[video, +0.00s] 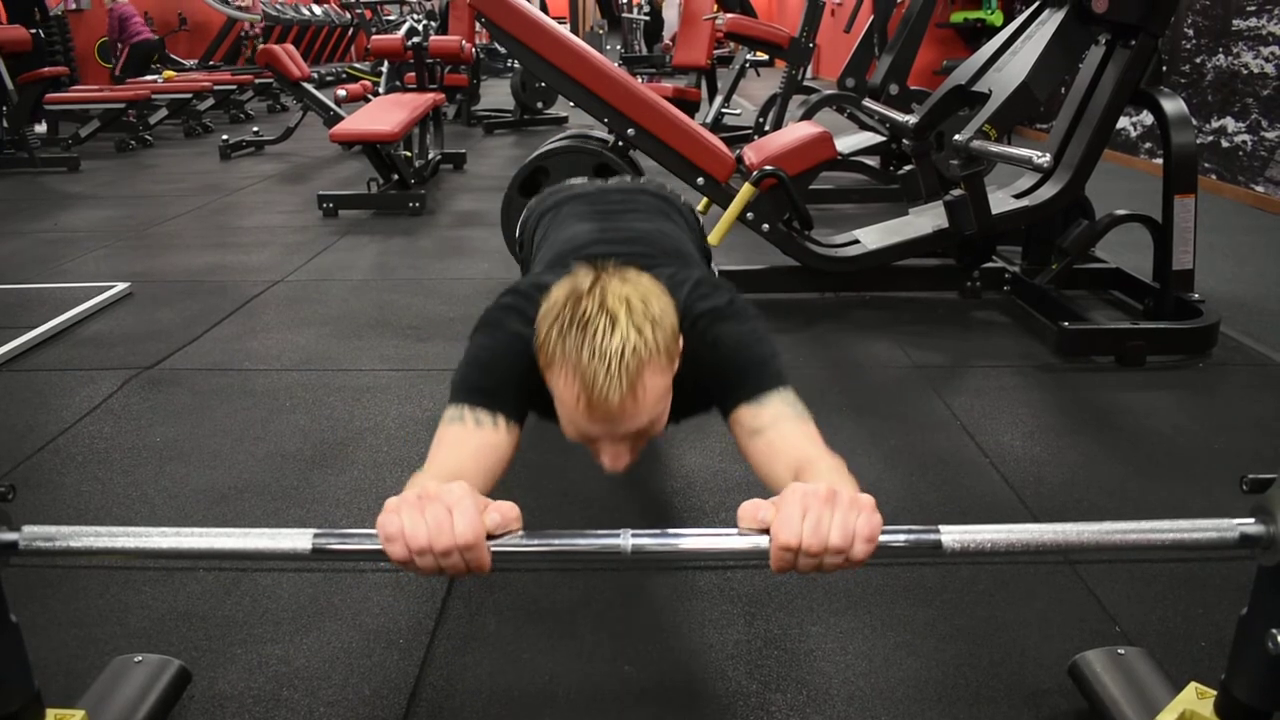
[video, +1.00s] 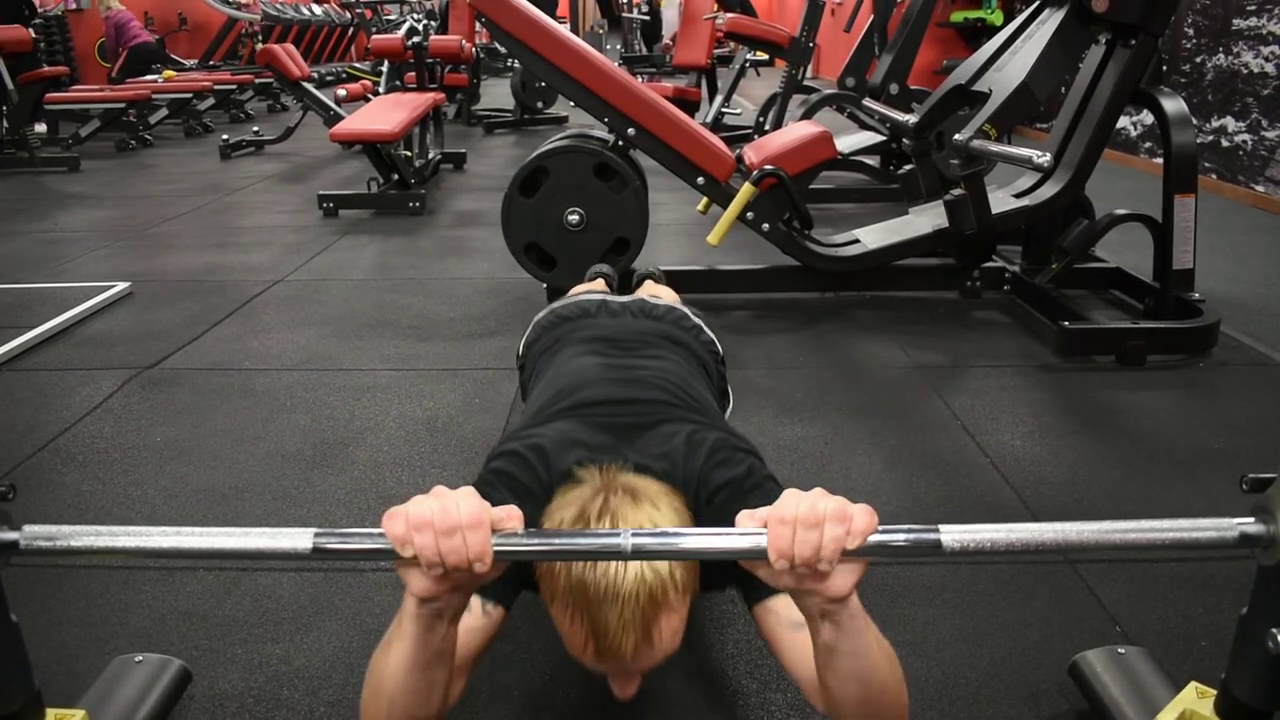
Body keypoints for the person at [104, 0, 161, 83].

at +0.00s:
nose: (104, 3)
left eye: (105, 2)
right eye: (104, 2)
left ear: (111, 1)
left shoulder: (115, 9)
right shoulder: (129, 6)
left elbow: (113, 36)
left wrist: (114, 56)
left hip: (135, 45)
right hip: (150, 41)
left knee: (117, 76)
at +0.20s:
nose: (98, 11)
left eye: (99, 8)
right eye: (97, 8)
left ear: (105, 8)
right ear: (115, 5)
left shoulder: (112, 20)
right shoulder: (127, 16)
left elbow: (114, 47)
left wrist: (116, 68)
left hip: (138, 53)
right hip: (153, 49)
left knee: (112, 79)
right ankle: (155, 70)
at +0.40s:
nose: (95, 21)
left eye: (96, 18)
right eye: (95, 18)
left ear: (102, 17)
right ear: (111, 14)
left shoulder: (109, 30)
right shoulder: (124, 25)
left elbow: (113, 56)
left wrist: (114, 72)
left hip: (140, 57)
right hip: (154, 54)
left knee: (111, 80)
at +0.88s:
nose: (94, 15)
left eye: (95, 12)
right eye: (94, 12)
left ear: (101, 12)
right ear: (111, 8)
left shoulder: (109, 23)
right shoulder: (124, 18)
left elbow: (112, 50)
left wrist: (113, 70)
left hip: (137, 53)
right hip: (152, 50)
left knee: (112, 79)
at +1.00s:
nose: (99, 10)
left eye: (99, 7)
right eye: (98, 7)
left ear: (103, 6)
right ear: (116, 3)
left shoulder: (110, 16)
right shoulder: (126, 12)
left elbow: (111, 44)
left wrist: (113, 66)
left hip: (135, 48)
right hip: (152, 45)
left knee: (115, 78)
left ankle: (151, 72)